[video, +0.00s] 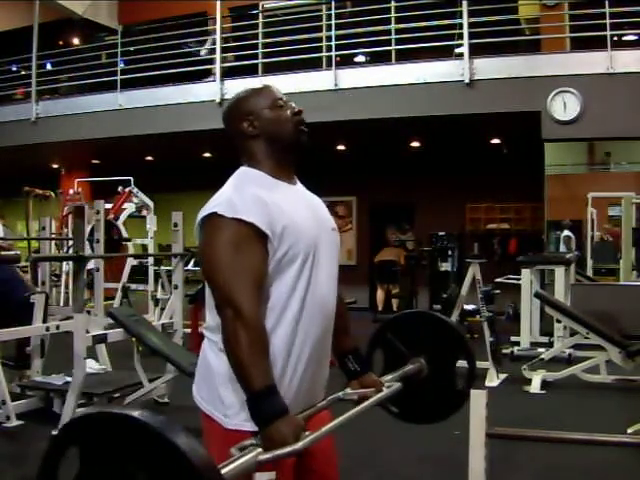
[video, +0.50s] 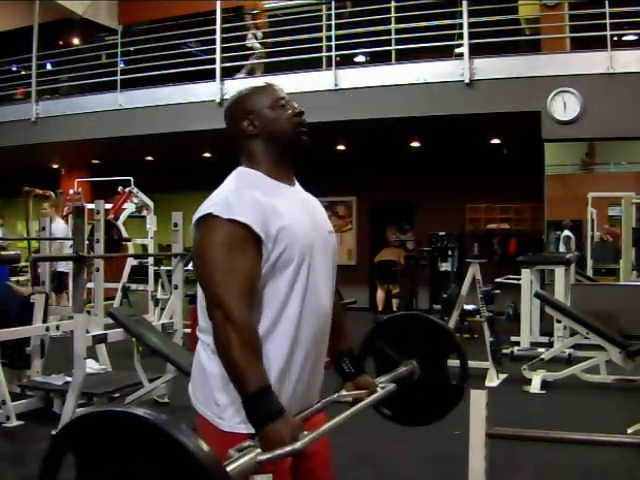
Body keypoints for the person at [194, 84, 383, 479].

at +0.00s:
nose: (296, 110)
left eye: (290, 103)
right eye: (279, 106)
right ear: (249, 127)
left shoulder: (311, 204)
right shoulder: (237, 204)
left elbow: (326, 299)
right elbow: (239, 315)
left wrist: (355, 370)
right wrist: (270, 411)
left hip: (308, 407)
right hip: (247, 419)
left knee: (323, 473)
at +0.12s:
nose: (296, 113)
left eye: (291, 107)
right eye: (280, 108)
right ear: (249, 127)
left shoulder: (311, 204)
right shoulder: (235, 205)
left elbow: (326, 298)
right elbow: (237, 313)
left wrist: (357, 366)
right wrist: (271, 408)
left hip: (310, 405)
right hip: (251, 420)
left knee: (326, 473)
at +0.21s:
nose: (296, 112)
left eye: (291, 105)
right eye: (279, 107)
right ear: (248, 127)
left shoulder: (309, 205)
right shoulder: (232, 205)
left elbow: (327, 297)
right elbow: (235, 315)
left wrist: (356, 367)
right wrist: (270, 407)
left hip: (310, 407)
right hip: (249, 422)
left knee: (326, 472)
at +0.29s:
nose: (295, 112)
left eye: (291, 105)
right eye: (278, 107)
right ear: (247, 126)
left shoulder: (307, 204)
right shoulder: (232, 206)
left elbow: (326, 297)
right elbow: (233, 319)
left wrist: (355, 369)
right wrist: (270, 410)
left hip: (308, 405)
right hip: (246, 419)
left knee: (323, 471)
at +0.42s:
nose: (297, 110)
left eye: (291, 103)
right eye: (279, 106)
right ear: (248, 125)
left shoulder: (308, 205)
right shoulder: (232, 207)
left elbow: (326, 297)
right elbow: (232, 320)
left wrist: (351, 369)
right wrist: (268, 413)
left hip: (306, 406)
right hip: (244, 420)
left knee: (320, 471)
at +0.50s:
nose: (297, 109)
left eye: (291, 102)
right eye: (280, 105)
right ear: (249, 125)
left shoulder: (308, 204)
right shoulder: (231, 207)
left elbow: (326, 298)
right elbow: (230, 318)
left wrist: (350, 370)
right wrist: (267, 413)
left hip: (303, 407)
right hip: (242, 420)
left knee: (318, 471)